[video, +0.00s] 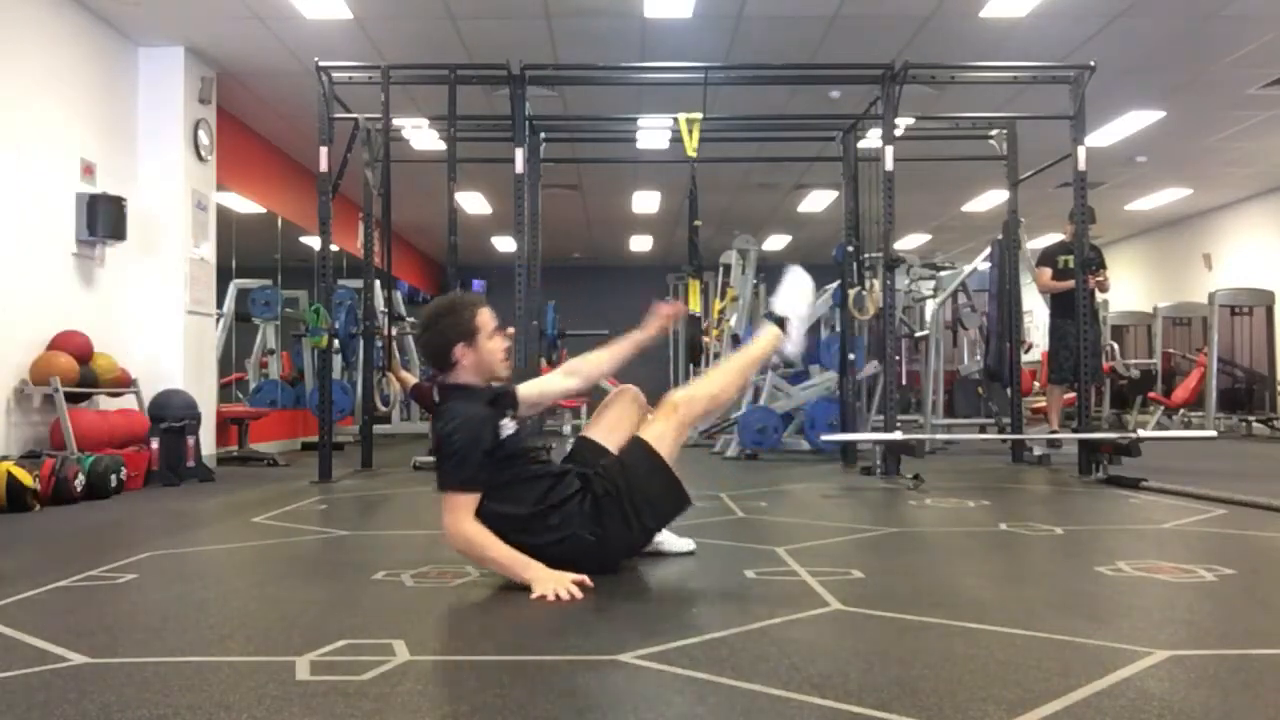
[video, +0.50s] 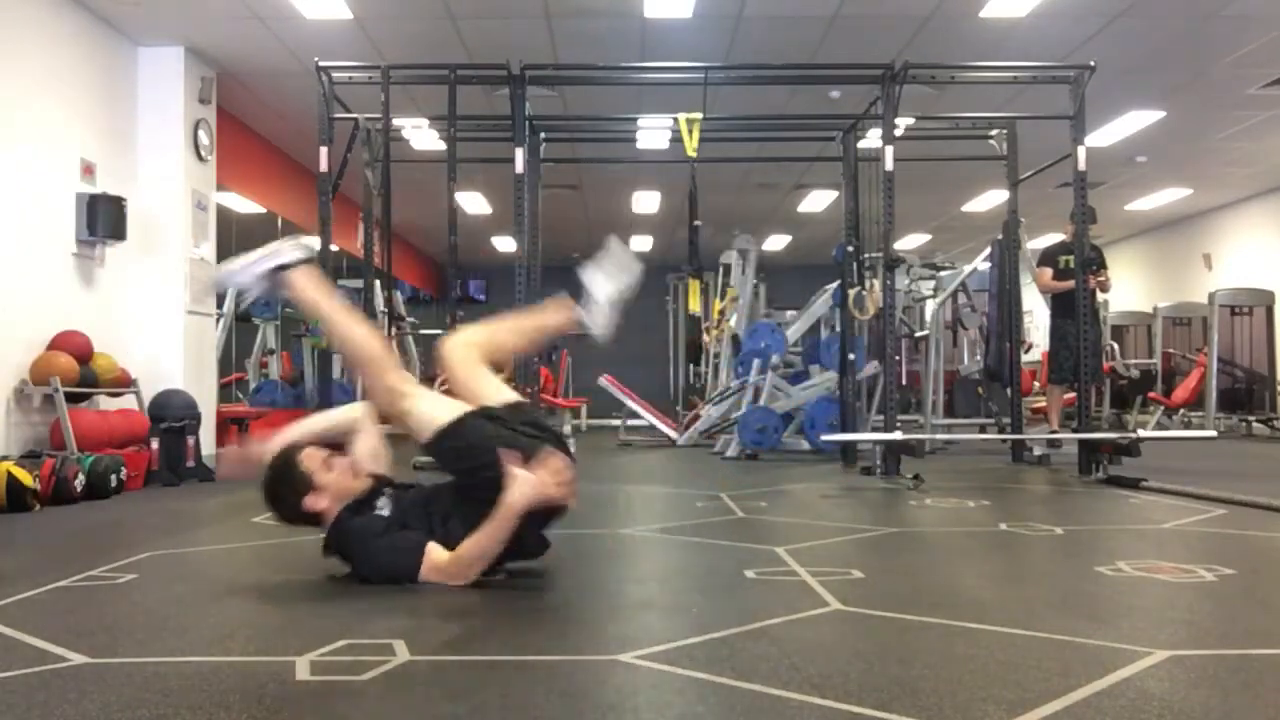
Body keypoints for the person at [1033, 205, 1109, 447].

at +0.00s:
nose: (1082, 230)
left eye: (1086, 225)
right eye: (1078, 224)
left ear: (1092, 227)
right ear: (1069, 224)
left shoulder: (1094, 252)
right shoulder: (1051, 252)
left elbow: (1104, 287)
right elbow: (1043, 285)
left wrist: (1100, 282)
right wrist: (1075, 283)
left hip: (1089, 321)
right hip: (1062, 321)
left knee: (1089, 375)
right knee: (1058, 377)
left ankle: (1087, 423)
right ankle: (1054, 427)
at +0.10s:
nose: (1082, 230)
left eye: (1086, 225)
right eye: (1078, 224)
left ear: (1092, 227)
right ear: (1069, 224)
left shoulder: (1094, 252)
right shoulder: (1051, 252)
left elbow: (1104, 287)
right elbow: (1043, 285)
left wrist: (1100, 282)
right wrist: (1075, 283)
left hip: (1089, 321)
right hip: (1062, 321)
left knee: (1089, 375)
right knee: (1058, 377)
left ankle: (1087, 423)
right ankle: (1054, 427)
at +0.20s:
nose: (1082, 230)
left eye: (1086, 225)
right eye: (1078, 224)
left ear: (1091, 226)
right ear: (1069, 224)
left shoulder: (1094, 252)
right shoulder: (1051, 253)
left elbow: (1104, 287)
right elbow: (1043, 285)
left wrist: (1100, 281)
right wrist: (1075, 284)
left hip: (1089, 321)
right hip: (1063, 321)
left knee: (1089, 376)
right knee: (1058, 377)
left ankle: (1087, 424)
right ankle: (1054, 427)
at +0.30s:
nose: (1082, 230)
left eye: (1086, 225)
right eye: (1078, 224)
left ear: (1092, 227)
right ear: (1069, 224)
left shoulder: (1094, 252)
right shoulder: (1051, 252)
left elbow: (1104, 287)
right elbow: (1043, 285)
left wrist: (1101, 282)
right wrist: (1074, 284)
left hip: (1089, 321)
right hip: (1063, 321)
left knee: (1089, 376)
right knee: (1058, 377)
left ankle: (1087, 424)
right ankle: (1054, 427)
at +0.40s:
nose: (1081, 230)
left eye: (1086, 225)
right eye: (1078, 224)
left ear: (1091, 227)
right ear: (1069, 224)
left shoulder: (1094, 252)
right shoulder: (1051, 253)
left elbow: (1105, 287)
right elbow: (1043, 285)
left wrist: (1101, 282)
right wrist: (1075, 284)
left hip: (1089, 321)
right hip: (1063, 321)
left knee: (1089, 375)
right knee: (1058, 377)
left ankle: (1087, 423)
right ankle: (1054, 427)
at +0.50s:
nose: (1082, 230)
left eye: (1086, 225)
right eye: (1078, 224)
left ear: (1092, 227)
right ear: (1069, 224)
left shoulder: (1095, 252)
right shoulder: (1052, 252)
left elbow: (1105, 287)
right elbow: (1043, 285)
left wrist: (1101, 282)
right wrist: (1075, 284)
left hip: (1089, 320)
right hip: (1063, 321)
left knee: (1089, 375)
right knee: (1058, 377)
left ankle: (1087, 423)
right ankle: (1054, 427)